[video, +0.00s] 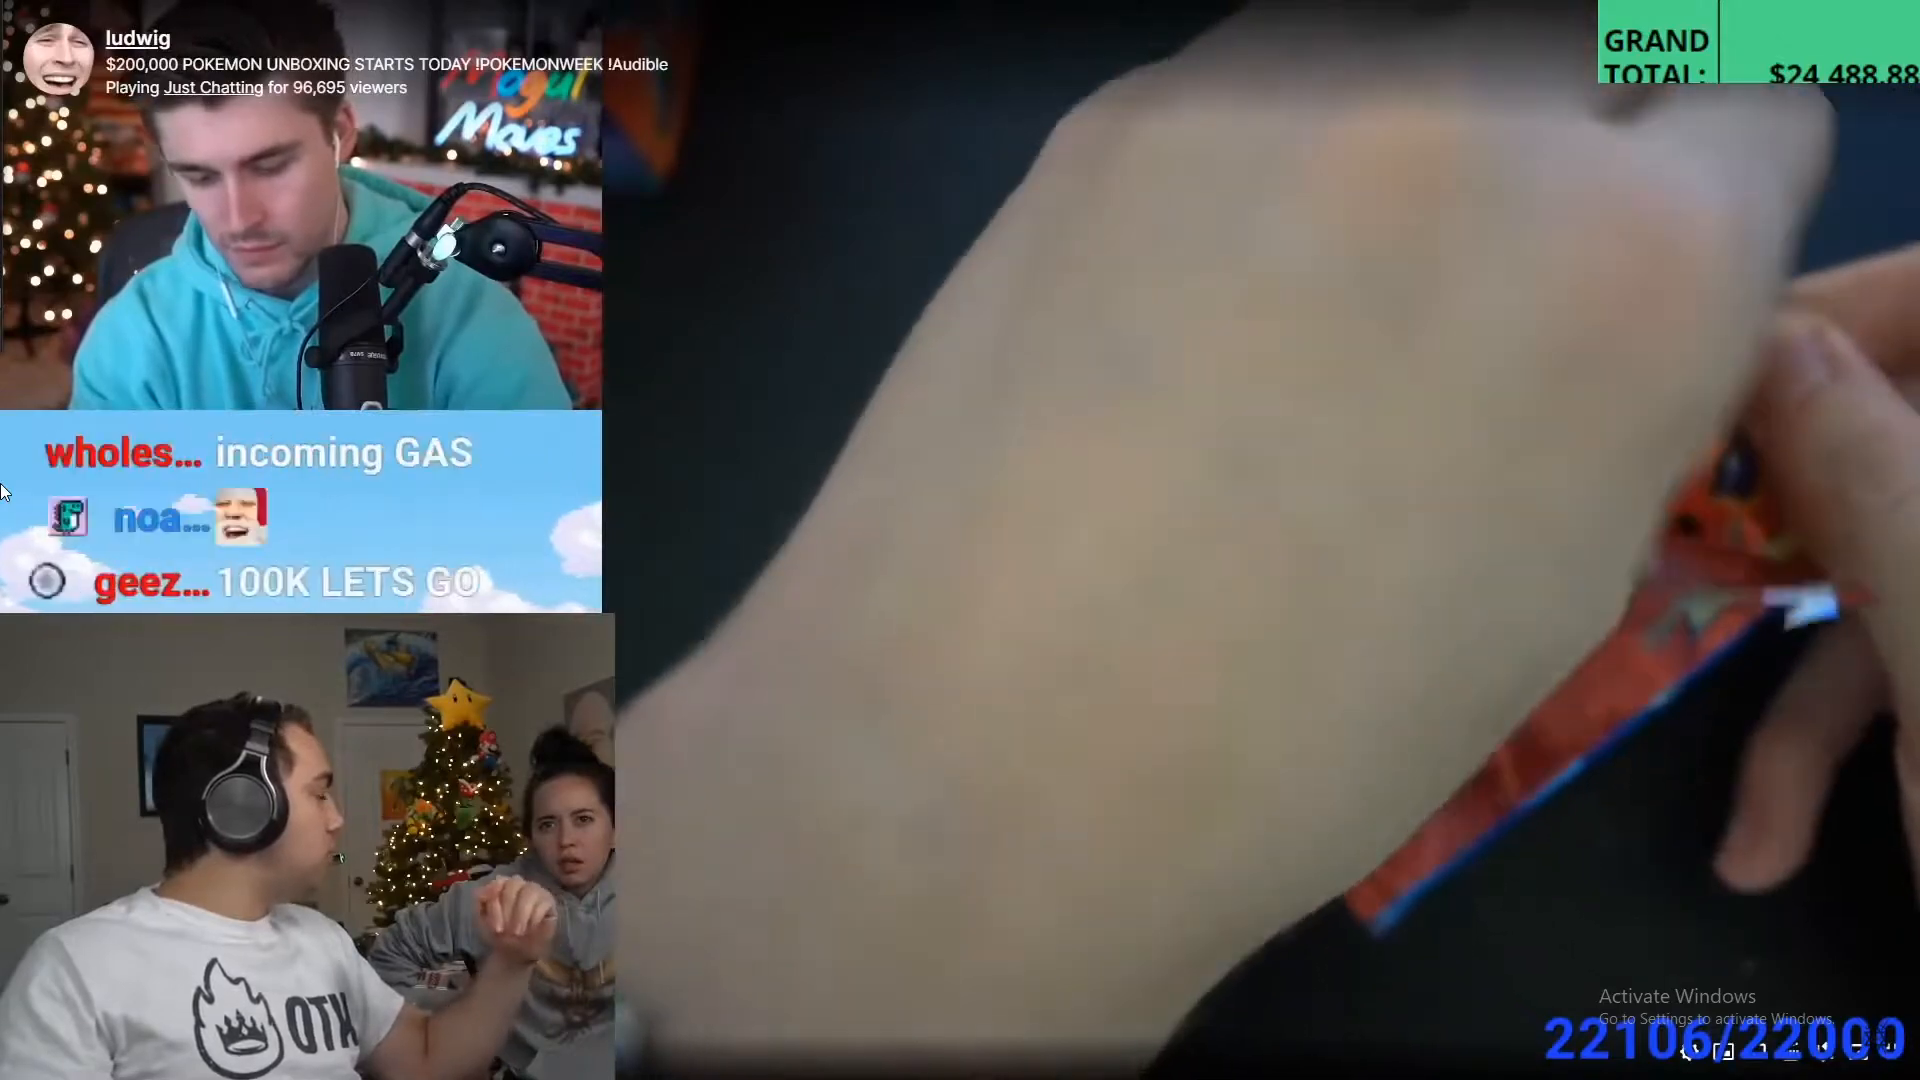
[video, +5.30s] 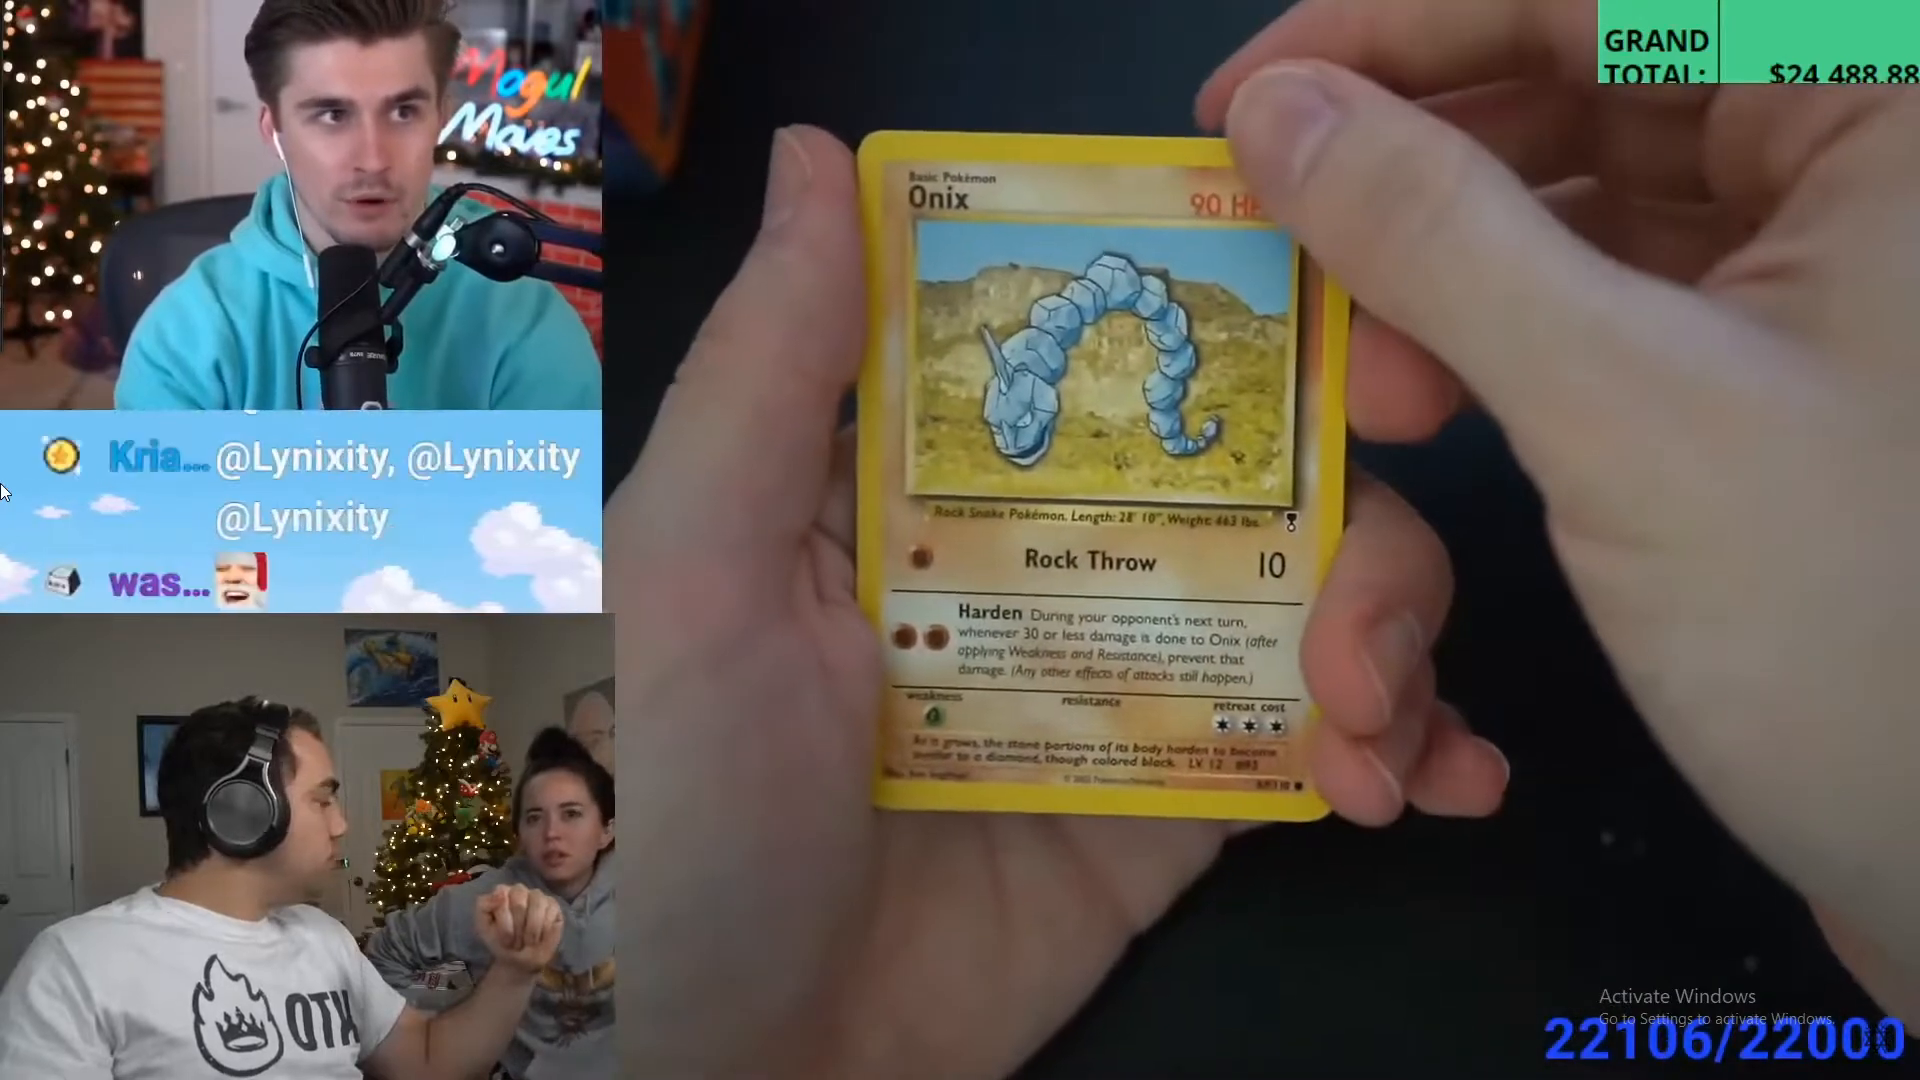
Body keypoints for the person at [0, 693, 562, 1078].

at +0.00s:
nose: (340, 818)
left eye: (331, 793)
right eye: (320, 793)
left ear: (255, 803)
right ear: (241, 803)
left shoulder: (323, 943)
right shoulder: (76, 967)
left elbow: (427, 1059)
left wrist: (509, 962)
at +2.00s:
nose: (343, 821)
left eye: (334, 797)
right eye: (324, 798)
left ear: (258, 807)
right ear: (247, 808)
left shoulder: (324, 942)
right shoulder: (75, 968)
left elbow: (425, 1058)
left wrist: (511, 967)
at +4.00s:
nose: (343, 823)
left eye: (335, 798)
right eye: (325, 799)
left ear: (260, 809)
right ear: (249, 810)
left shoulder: (324, 942)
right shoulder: (76, 967)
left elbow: (427, 1059)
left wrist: (512, 969)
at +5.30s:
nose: (344, 822)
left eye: (335, 798)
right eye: (322, 799)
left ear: (258, 806)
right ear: (242, 808)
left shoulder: (324, 941)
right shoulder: (75, 966)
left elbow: (429, 1060)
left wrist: (513, 971)